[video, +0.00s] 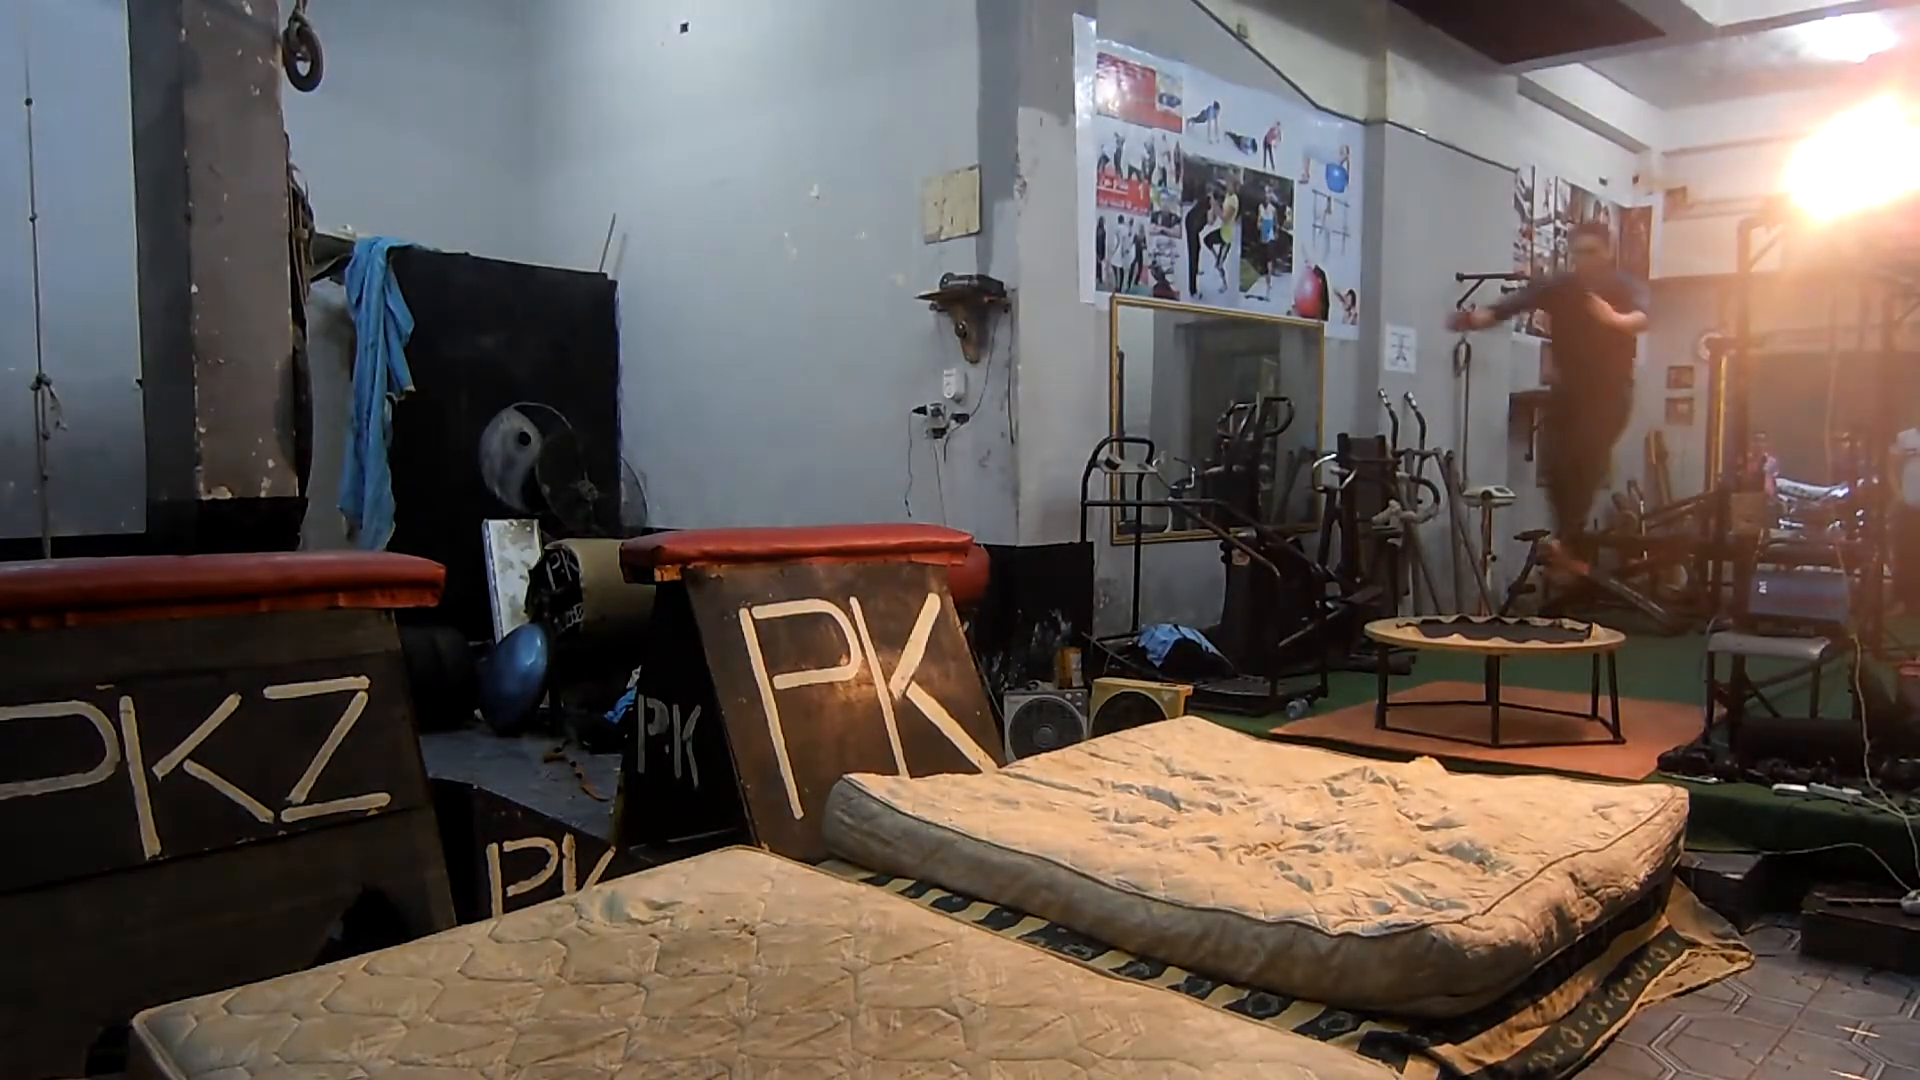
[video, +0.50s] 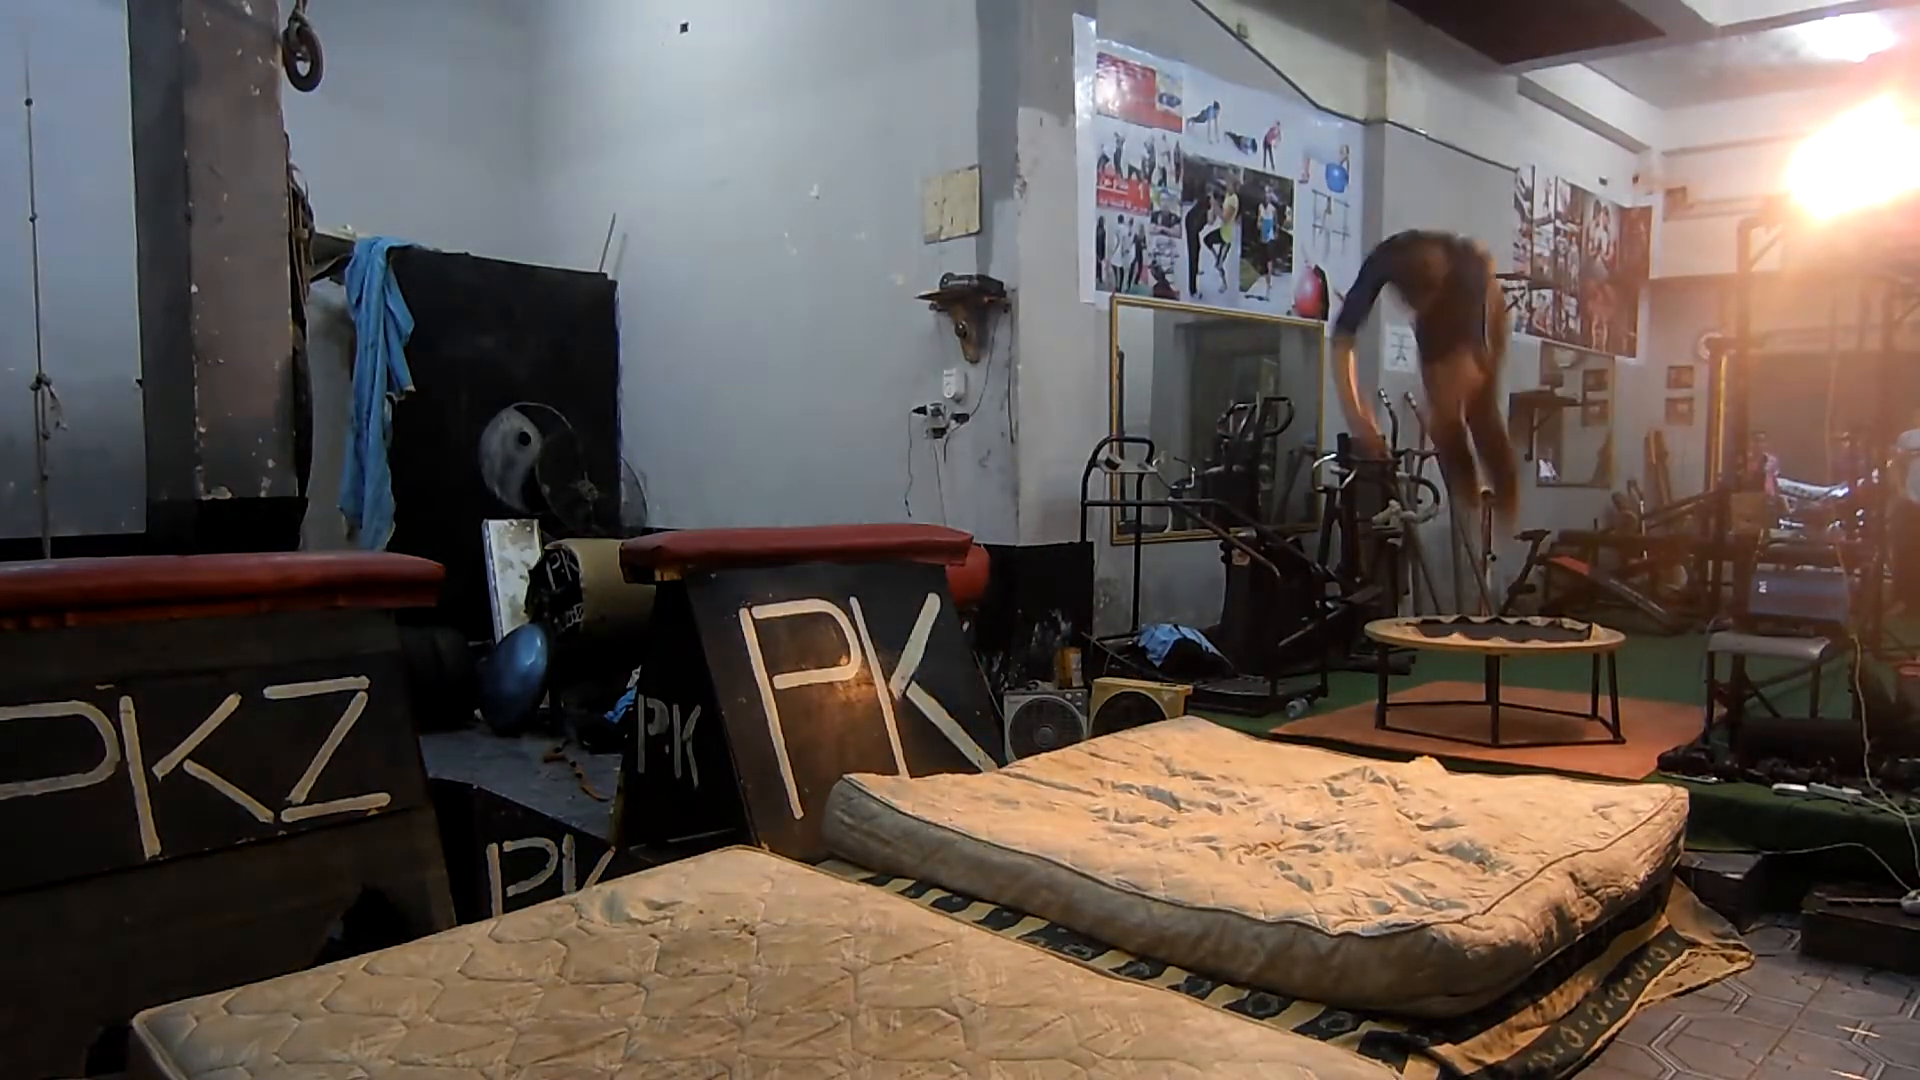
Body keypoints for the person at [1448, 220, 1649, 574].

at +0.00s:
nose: (1584, 260)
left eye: (1592, 252)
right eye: (1579, 252)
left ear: (1608, 253)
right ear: (1570, 253)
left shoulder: (1625, 285)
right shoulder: (1558, 287)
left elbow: (1642, 318)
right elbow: (1515, 304)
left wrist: (1612, 317)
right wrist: (1477, 317)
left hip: (1609, 393)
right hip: (1569, 391)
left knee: (1586, 463)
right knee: (1560, 466)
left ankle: (1567, 543)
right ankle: (1571, 550)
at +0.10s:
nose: (1547, 259)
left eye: (1554, 250)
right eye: (1540, 251)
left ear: (1572, 248)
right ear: (1533, 253)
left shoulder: (1595, 285)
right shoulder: (1525, 285)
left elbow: (1625, 300)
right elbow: (1458, 305)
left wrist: (1584, 274)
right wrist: (1446, 292)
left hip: (1591, 391)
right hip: (1545, 389)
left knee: (1563, 469)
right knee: (1523, 467)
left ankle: (1544, 555)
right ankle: (1510, 557)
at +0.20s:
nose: (1512, 282)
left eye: (1519, 273)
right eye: (1507, 274)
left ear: (1540, 268)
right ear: (1499, 272)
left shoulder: (1560, 300)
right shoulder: (1489, 304)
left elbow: (1600, 280)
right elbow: (1421, 295)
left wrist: (1554, 235)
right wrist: (1451, 250)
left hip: (1559, 422)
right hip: (1515, 421)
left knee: (1529, 507)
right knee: (1491, 509)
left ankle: (1516, 609)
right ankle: (1469, 606)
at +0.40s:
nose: (1455, 288)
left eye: (1461, 278)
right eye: (1447, 280)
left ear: (1474, 264)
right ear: (1434, 271)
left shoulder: (1496, 275)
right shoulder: (1423, 276)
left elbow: (1506, 282)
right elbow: (1370, 278)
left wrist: (1465, 221)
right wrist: (1385, 217)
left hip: (1502, 406)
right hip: (1457, 407)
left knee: (1507, 511)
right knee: (1462, 513)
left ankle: (1506, 613)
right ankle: (1468, 611)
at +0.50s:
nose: (1425, 295)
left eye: (1433, 286)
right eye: (1418, 287)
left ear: (1446, 269)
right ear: (1403, 273)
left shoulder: (1469, 263)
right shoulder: (1385, 259)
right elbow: (1342, 337)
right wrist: (1358, 420)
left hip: (1476, 316)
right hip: (1432, 324)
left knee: (1481, 411)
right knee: (1445, 422)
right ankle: (1469, 502)